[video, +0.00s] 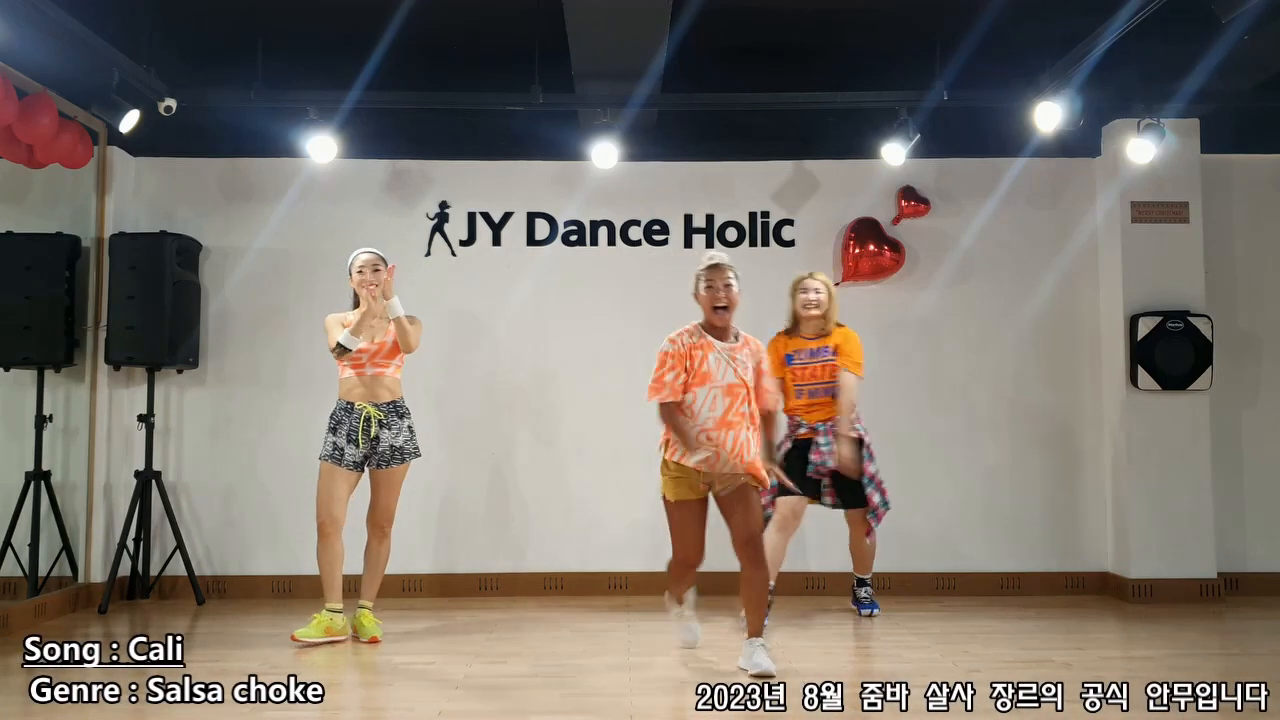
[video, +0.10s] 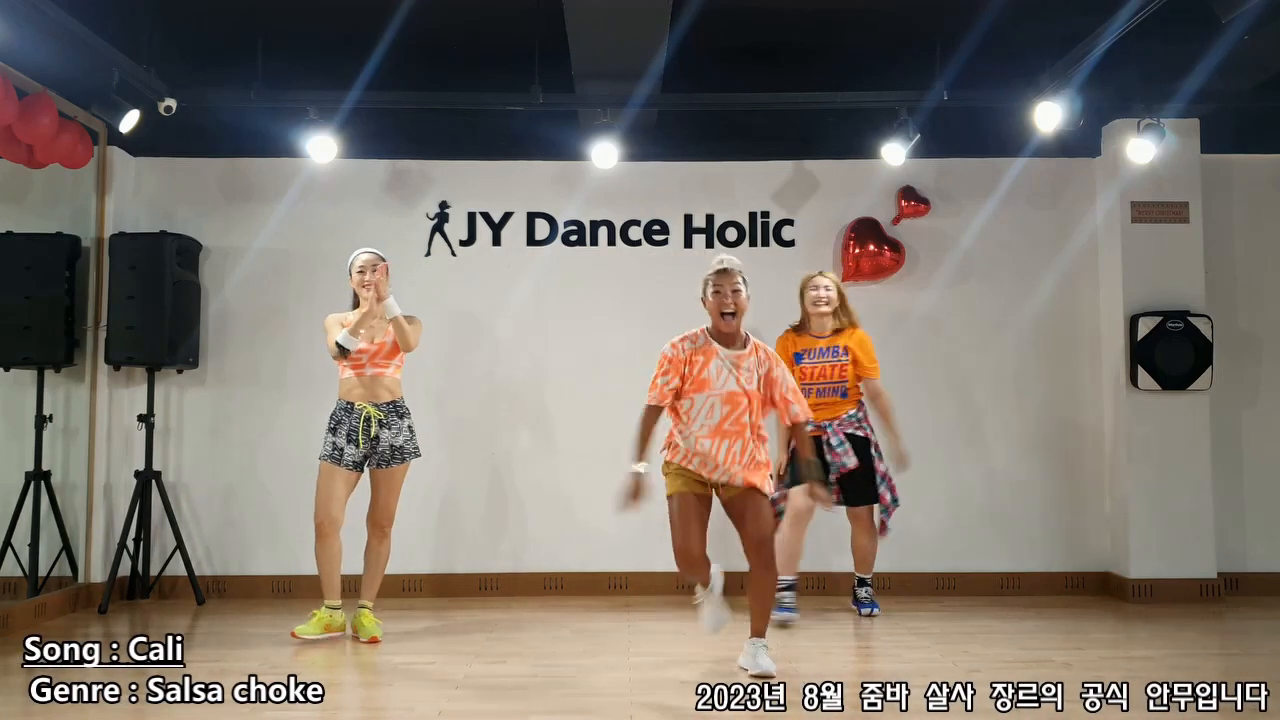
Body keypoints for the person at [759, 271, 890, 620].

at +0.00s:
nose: (811, 297)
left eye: (818, 291)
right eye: (805, 291)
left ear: (830, 300)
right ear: (793, 300)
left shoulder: (845, 339)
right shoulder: (779, 344)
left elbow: (847, 392)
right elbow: (772, 401)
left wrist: (845, 438)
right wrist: (767, 452)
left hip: (841, 434)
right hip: (800, 438)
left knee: (859, 517)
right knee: (785, 515)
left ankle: (863, 587)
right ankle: (762, 593)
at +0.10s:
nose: (822, 294)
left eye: (828, 288)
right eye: (815, 289)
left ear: (839, 298)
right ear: (803, 299)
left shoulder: (856, 339)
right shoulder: (787, 342)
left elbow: (876, 394)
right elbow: (784, 401)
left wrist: (895, 443)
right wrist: (782, 451)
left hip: (850, 435)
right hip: (805, 437)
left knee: (862, 516)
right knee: (798, 506)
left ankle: (863, 589)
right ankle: (786, 592)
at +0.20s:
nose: (827, 290)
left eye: (834, 284)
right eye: (819, 285)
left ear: (844, 295)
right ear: (809, 296)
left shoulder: (863, 335)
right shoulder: (793, 338)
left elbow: (892, 377)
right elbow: (784, 390)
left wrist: (923, 411)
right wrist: (785, 434)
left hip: (852, 430)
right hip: (809, 432)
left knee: (862, 511)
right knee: (811, 505)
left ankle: (863, 588)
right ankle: (815, 588)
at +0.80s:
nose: (840, 289)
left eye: (846, 283)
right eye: (832, 285)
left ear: (856, 291)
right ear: (821, 295)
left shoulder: (874, 331)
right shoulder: (807, 334)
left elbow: (881, 380)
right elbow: (793, 373)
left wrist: (868, 413)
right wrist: (789, 393)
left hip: (863, 431)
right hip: (822, 432)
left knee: (868, 515)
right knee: (826, 516)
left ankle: (861, 592)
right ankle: (827, 590)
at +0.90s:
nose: (843, 287)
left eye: (848, 281)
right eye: (835, 283)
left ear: (859, 289)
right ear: (824, 293)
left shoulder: (877, 329)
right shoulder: (809, 332)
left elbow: (885, 377)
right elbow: (787, 382)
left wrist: (855, 382)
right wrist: (795, 371)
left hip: (865, 429)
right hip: (822, 430)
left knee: (867, 514)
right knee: (823, 512)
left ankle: (861, 592)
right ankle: (828, 584)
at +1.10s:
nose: (839, 286)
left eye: (845, 281)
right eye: (831, 283)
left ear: (857, 288)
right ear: (821, 292)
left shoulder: (873, 323)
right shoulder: (809, 331)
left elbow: (878, 353)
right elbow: (767, 366)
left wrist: (838, 327)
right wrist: (772, 345)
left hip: (865, 428)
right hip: (822, 429)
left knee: (867, 514)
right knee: (819, 510)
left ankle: (861, 592)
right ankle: (829, 590)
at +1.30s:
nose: (819, 290)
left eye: (825, 284)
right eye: (811, 286)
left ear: (836, 291)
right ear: (800, 296)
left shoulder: (854, 324)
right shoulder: (795, 338)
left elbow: (873, 363)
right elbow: (765, 383)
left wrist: (826, 354)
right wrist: (765, 365)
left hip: (865, 428)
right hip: (823, 431)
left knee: (872, 513)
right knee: (822, 514)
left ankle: (863, 593)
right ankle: (830, 593)